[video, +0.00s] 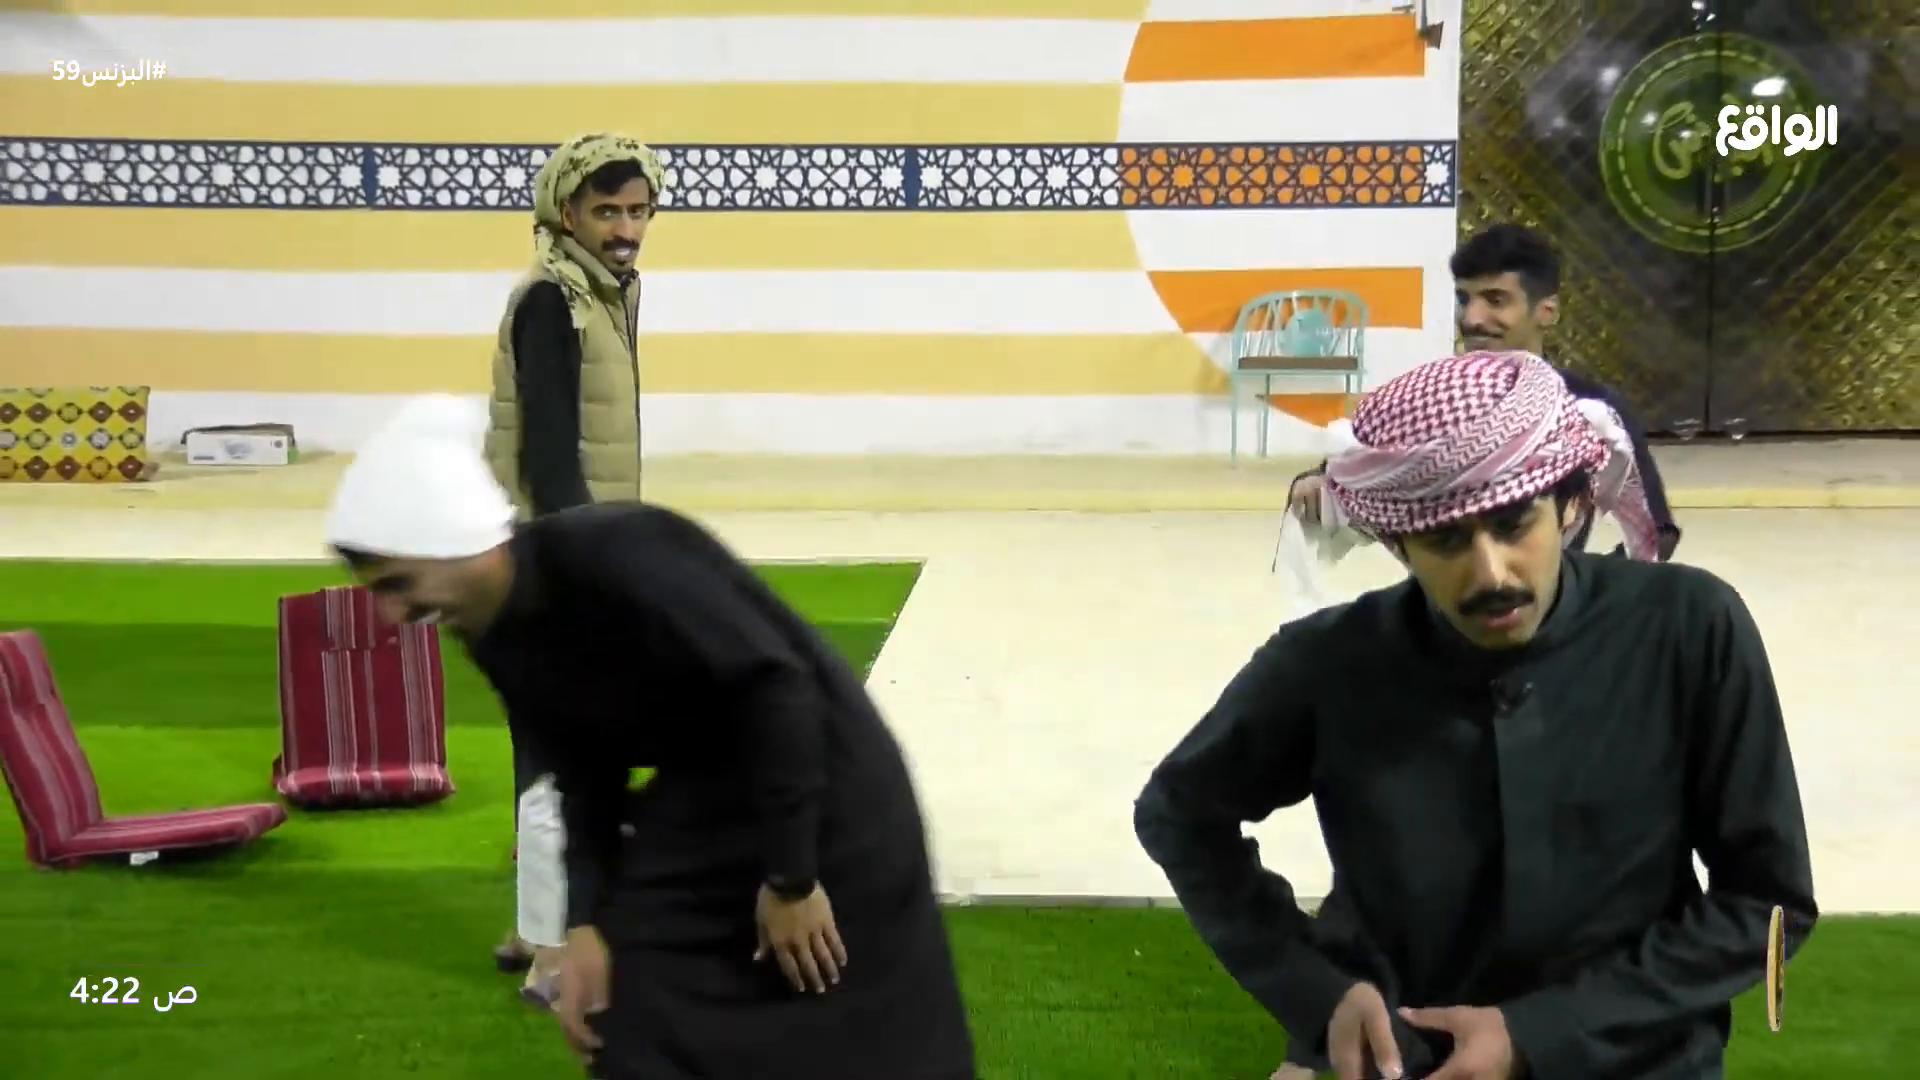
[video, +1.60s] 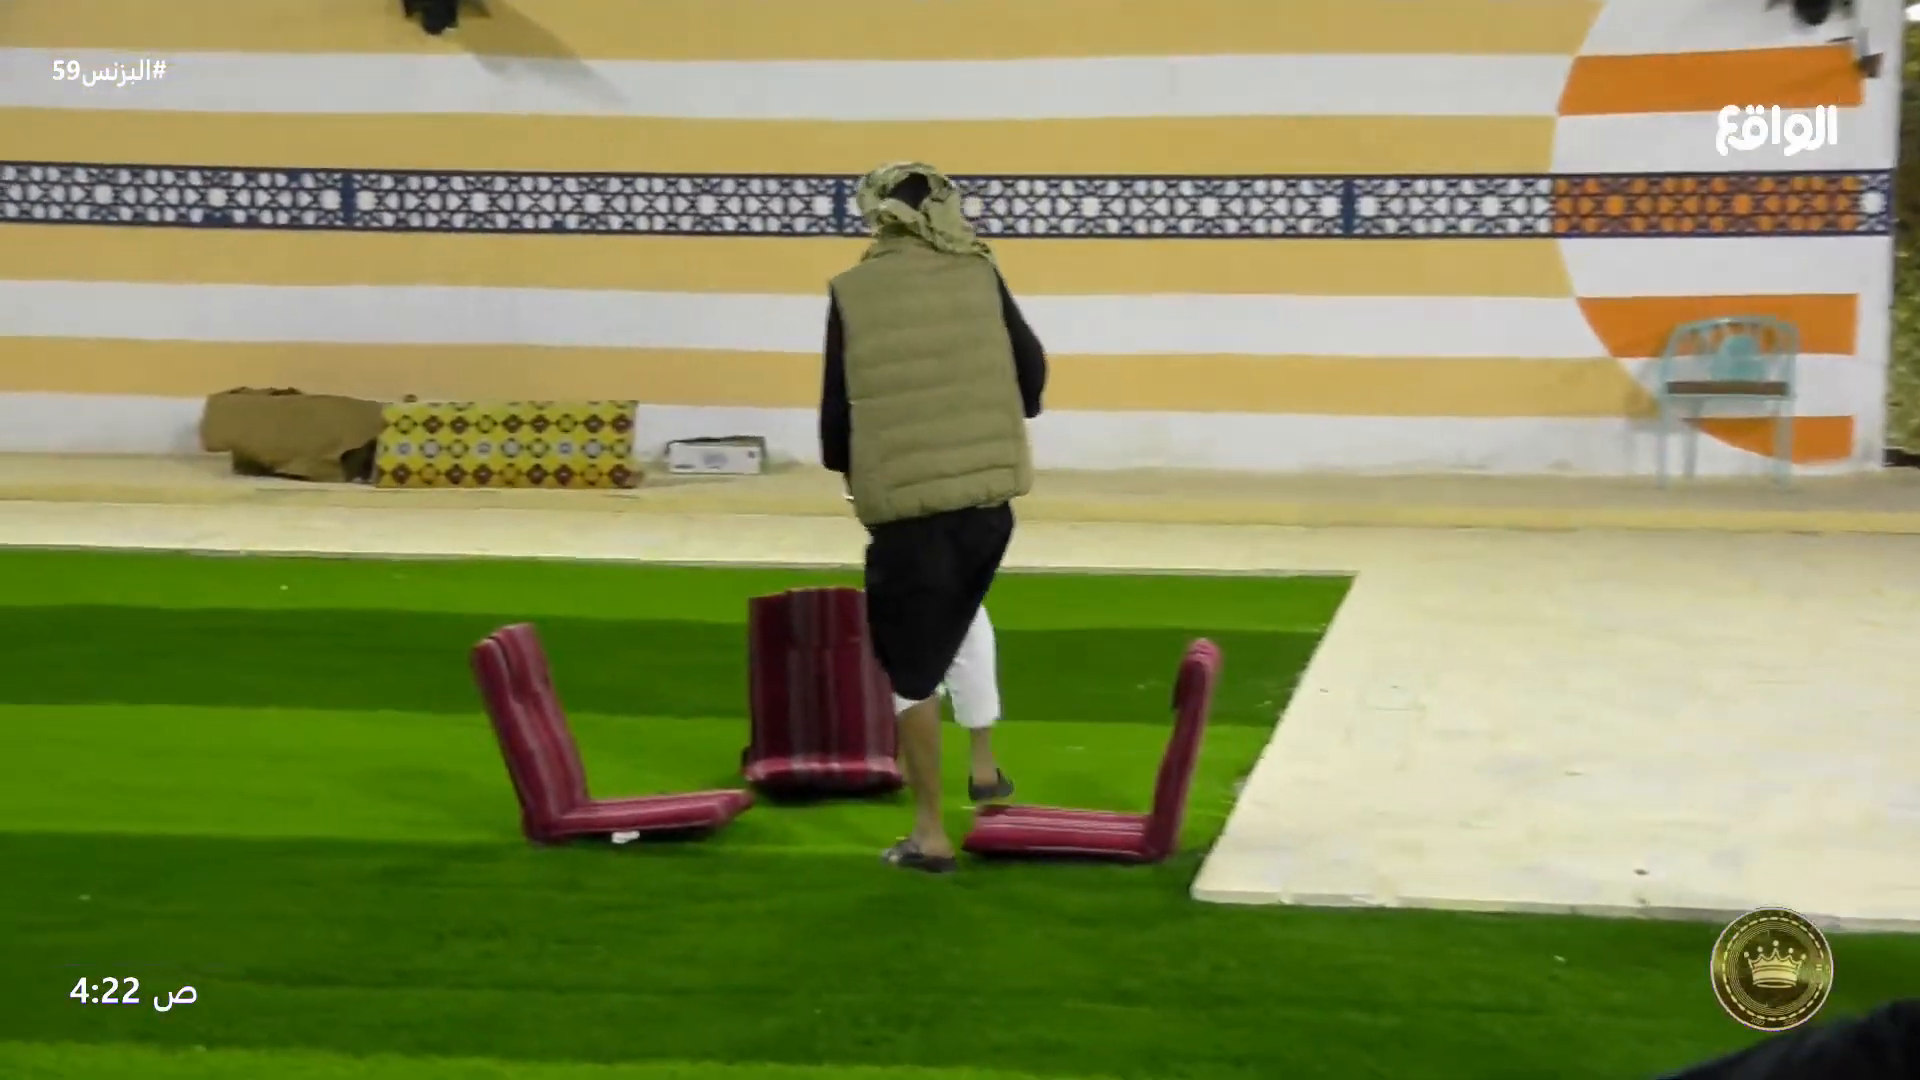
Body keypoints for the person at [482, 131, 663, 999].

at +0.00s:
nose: (626, 229)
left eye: (638, 213)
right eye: (607, 212)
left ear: (648, 217)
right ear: (563, 215)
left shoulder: (607, 302)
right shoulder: (548, 303)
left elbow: (611, 443)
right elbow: (552, 454)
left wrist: (635, 558)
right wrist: (579, 570)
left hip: (601, 566)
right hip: (555, 569)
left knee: (581, 761)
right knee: (555, 763)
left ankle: (555, 927)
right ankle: (550, 943)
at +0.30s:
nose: (617, 248)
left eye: (625, 233)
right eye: (599, 233)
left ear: (630, 234)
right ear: (558, 234)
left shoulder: (520, 305)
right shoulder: (574, 316)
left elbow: (527, 443)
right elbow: (603, 453)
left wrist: (625, 516)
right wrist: (665, 514)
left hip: (520, 577)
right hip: (578, 583)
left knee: (543, 748)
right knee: (629, 740)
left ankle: (533, 920)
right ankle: (588, 923)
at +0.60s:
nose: (654, 251)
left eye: (659, 238)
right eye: (641, 238)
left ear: (587, 246)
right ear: (600, 238)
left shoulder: (542, 309)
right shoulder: (617, 308)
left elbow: (533, 425)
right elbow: (642, 421)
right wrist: (670, 478)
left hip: (542, 558)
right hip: (624, 557)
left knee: (563, 719)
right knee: (678, 703)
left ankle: (565, 902)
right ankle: (673, 867)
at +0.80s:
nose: (772, 275)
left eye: (773, 261)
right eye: (764, 262)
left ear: (705, 259)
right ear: (729, 258)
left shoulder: (637, 324)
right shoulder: (740, 325)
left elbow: (627, 423)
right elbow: (763, 427)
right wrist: (768, 481)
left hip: (646, 546)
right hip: (728, 546)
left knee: (669, 702)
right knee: (755, 687)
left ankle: (666, 864)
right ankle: (763, 851)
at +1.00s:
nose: (843, 252)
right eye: (843, 242)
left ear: (772, 240)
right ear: (837, 248)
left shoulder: (726, 308)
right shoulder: (855, 316)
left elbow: (700, 420)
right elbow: (888, 422)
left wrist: (736, 467)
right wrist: (855, 465)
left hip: (731, 529)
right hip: (822, 531)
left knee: (741, 658)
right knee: (838, 681)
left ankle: (770, 792)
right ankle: (853, 847)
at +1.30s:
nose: (799, 243)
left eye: (804, 233)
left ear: (810, 238)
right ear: (878, 236)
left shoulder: (784, 309)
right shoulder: (907, 299)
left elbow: (772, 427)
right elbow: (951, 387)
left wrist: (812, 460)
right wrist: (931, 437)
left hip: (812, 527)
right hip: (904, 521)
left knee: (812, 671)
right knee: (910, 652)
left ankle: (835, 817)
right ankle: (948, 768)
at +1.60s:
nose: (867, 223)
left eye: (870, 213)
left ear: (878, 220)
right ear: (943, 210)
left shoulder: (853, 290)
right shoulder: (979, 273)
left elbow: (837, 414)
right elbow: (1030, 367)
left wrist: (851, 463)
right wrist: (999, 415)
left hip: (906, 514)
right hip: (988, 507)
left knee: (916, 683)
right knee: (964, 610)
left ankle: (929, 835)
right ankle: (984, 764)